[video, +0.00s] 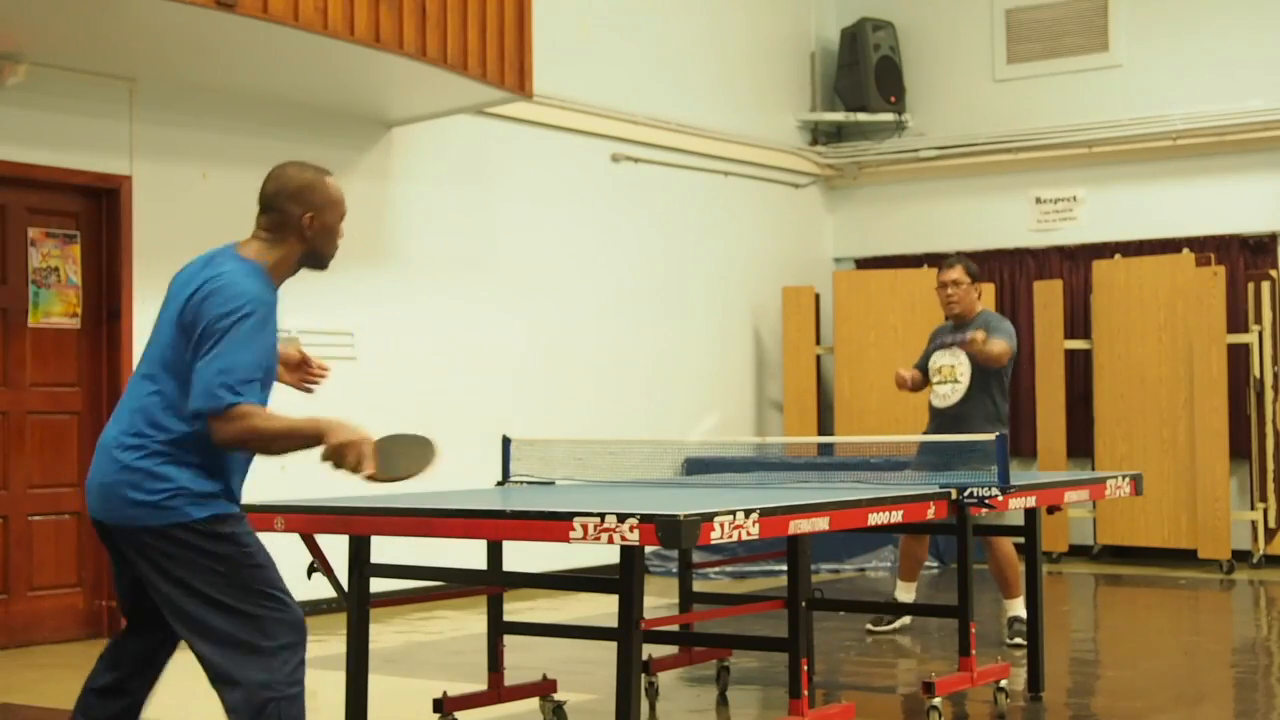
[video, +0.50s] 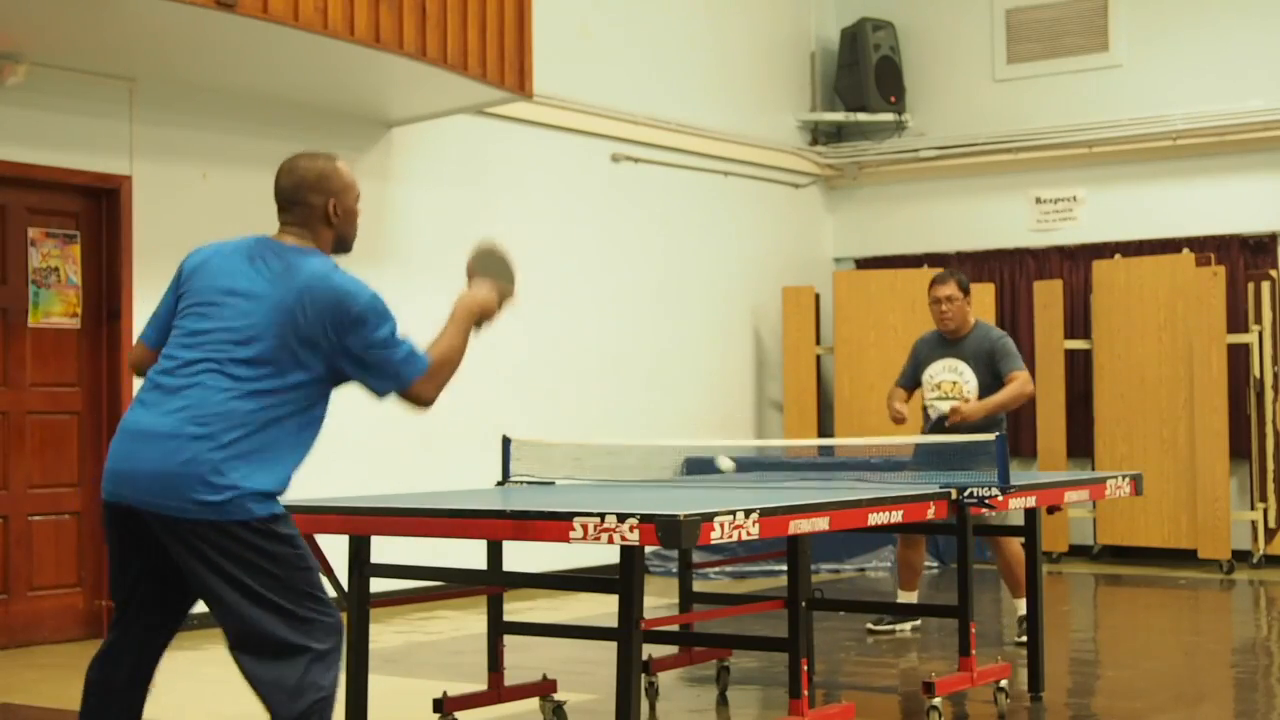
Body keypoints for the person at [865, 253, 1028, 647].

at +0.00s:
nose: (947, 293)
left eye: (955, 285)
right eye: (942, 287)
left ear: (976, 288)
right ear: (937, 292)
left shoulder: (996, 325)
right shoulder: (940, 334)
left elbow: (1000, 354)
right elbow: (923, 374)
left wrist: (979, 349)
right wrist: (909, 378)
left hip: (982, 444)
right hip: (937, 444)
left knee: (993, 527)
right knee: (915, 519)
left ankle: (1017, 614)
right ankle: (902, 604)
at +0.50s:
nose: (943, 309)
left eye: (950, 301)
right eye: (936, 302)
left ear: (968, 302)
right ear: (929, 306)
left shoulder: (994, 341)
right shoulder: (925, 346)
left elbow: (1024, 386)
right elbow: (900, 390)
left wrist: (978, 408)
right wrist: (897, 405)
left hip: (981, 453)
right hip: (932, 453)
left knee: (998, 529)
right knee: (910, 524)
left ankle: (1026, 613)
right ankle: (906, 610)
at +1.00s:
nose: (910, 307)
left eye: (918, 299)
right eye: (905, 301)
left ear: (942, 300)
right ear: (903, 306)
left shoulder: (968, 341)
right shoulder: (913, 346)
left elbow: (967, 401)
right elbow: (889, 391)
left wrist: (931, 444)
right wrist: (875, 367)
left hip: (970, 452)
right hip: (925, 453)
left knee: (991, 531)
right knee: (903, 524)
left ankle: (1024, 614)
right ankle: (909, 611)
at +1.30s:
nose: (870, 298)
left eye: (876, 290)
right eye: (866, 293)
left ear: (901, 288)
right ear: (866, 297)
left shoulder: (929, 325)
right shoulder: (876, 335)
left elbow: (940, 382)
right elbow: (838, 367)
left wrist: (920, 435)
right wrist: (843, 325)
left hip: (933, 438)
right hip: (890, 441)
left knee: (939, 519)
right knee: (897, 523)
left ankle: (966, 603)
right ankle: (908, 610)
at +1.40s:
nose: (860, 298)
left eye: (867, 290)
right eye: (856, 293)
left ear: (889, 289)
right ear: (854, 297)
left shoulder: (919, 324)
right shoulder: (865, 340)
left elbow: (936, 379)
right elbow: (829, 376)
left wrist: (917, 433)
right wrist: (833, 330)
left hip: (920, 441)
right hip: (884, 444)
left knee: (918, 521)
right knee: (897, 523)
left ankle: (924, 612)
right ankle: (906, 608)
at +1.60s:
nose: (846, 301)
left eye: (853, 292)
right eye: (842, 295)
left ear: (875, 291)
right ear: (839, 299)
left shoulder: (905, 330)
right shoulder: (847, 344)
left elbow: (920, 388)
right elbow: (832, 394)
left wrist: (922, 441)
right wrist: (814, 380)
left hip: (897, 444)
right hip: (863, 446)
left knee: (883, 521)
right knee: (887, 522)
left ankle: (865, 610)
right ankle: (909, 607)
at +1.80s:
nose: (839, 295)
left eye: (846, 287)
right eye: (835, 288)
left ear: (869, 287)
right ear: (832, 292)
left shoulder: (893, 331)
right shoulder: (835, 335)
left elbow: (905, 394)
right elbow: (825, 392)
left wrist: (908, 449)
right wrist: (810, 439)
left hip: (875, 446)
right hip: (838, 447)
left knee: (862, 523)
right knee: (860, 522)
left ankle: (858, 612)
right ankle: (896, 594)